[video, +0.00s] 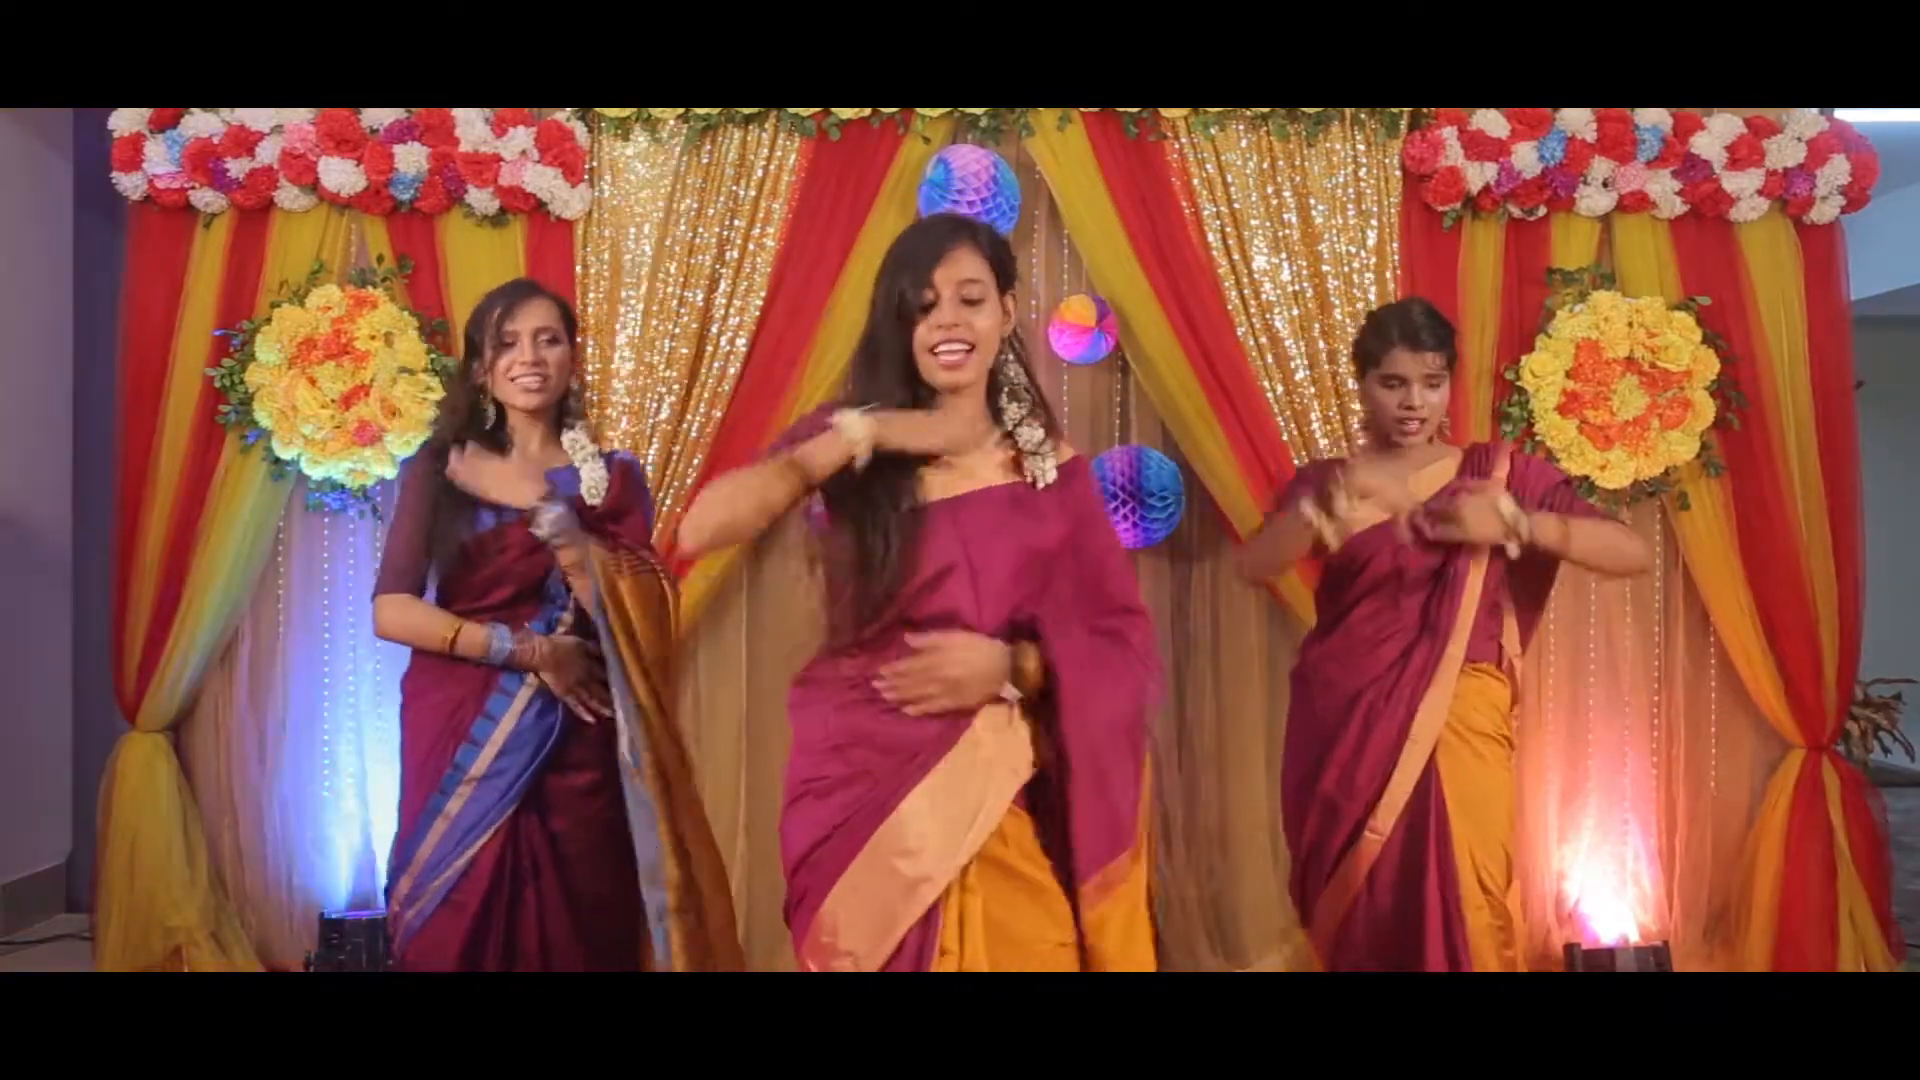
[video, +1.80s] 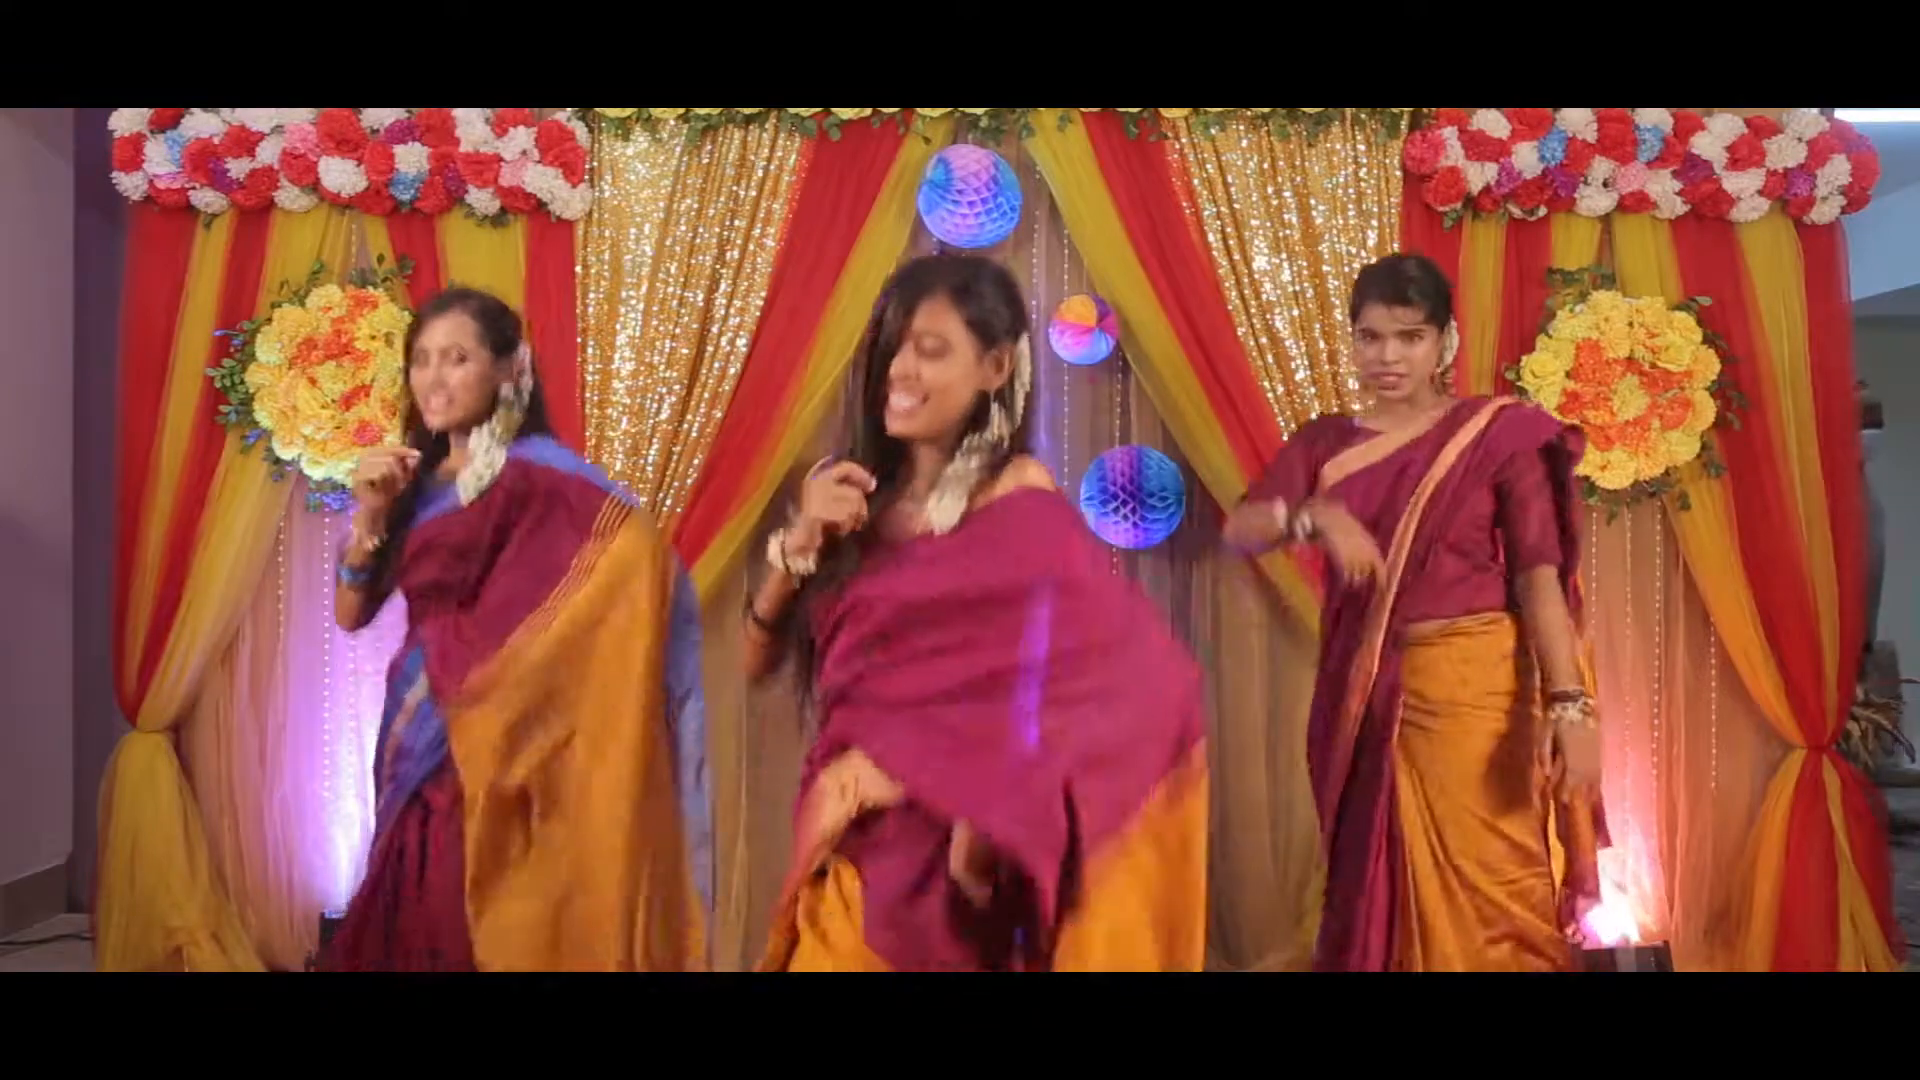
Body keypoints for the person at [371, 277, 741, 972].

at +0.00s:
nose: (530, 357)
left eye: (548, 340)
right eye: (509, 344)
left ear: (574, 362)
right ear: (482, 371)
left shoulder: (614, 474)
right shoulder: (442, 467)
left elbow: (644, 615)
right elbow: (392, 612)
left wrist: (543, 503)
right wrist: (526, 650)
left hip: (580, 741)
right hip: (461, 745)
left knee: (585, 935)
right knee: (465, 930)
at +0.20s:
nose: (522, 362)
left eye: (541, 345)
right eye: (501, 348)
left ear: (569, 361)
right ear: (477, 370)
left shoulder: (619, 472)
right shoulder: (450, 477)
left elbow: (651, 616)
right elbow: (404, 634)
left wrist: (587, 506)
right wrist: (473, 577)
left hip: (567, 728)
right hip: (448, 725)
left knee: (550, 926)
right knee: (437, 923)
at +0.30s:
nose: (518, 364)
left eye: (538, 345)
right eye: (498, 348)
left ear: (569, 359)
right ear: (475, 365)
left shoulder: (615, 466)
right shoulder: (447, 464)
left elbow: (626, 623)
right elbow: (410, 601)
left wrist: (623, 514)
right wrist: (465, 478)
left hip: (563, 702)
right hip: (449, 695)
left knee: (548, 909)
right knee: (438, 899)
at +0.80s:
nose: (512, 354)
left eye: (533, 337)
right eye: (494, 336)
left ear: (564, 359)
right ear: (468, 350)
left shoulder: (605, 460)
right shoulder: (447, 459)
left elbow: (715, 552)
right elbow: (394, 532)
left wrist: (633, 619)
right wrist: (446, 399)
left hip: (574, 709)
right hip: (457, 710)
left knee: (585, 921)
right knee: (455, 918)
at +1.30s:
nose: (444, 326)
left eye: (473, 317)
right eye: (446, 311)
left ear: (523, 352)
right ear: (433, 326)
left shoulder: (523, 429)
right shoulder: (423, 436)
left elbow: (628, 528)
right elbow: (327, 519)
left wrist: (515, 622)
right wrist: (362, 378)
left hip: (502, 684)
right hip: (422, 683)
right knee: (407, 871)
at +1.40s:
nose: (429, 406)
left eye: (455, 392)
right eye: (426, 387)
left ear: (510, 419)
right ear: (415, 396)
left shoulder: (510, 498)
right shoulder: (422, 498)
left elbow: (593, 614)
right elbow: (342, 622)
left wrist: (483, 716)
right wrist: (372, 504)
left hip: (498, 760)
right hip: (425, 751)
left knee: (438, 932)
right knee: (377, 925)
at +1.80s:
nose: (435, 379)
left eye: (457, 358)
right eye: (422, 360)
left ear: (510, 372)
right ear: (408, 376)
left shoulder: (541, 470)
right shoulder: (426, 483)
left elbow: (647, 561)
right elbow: (352, 611)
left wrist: (519, 678)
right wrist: (372, 514)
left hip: (508, 729)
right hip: (423, 717)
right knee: (406, 893)